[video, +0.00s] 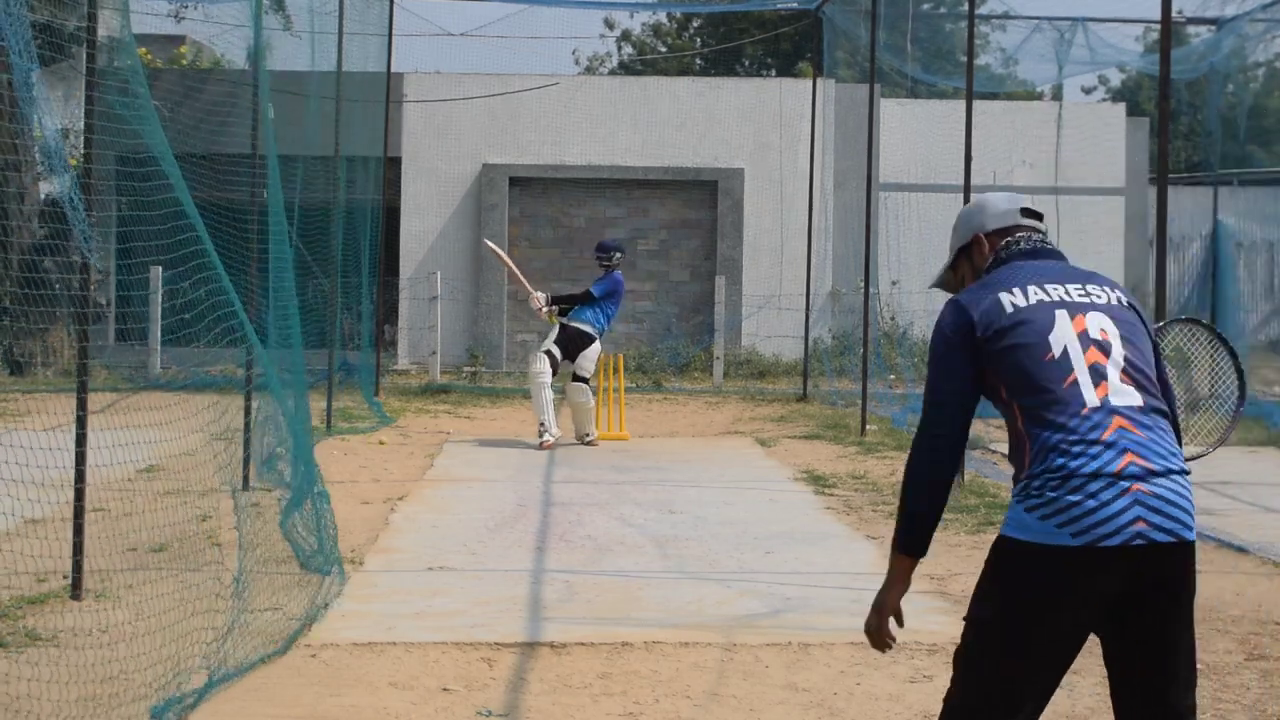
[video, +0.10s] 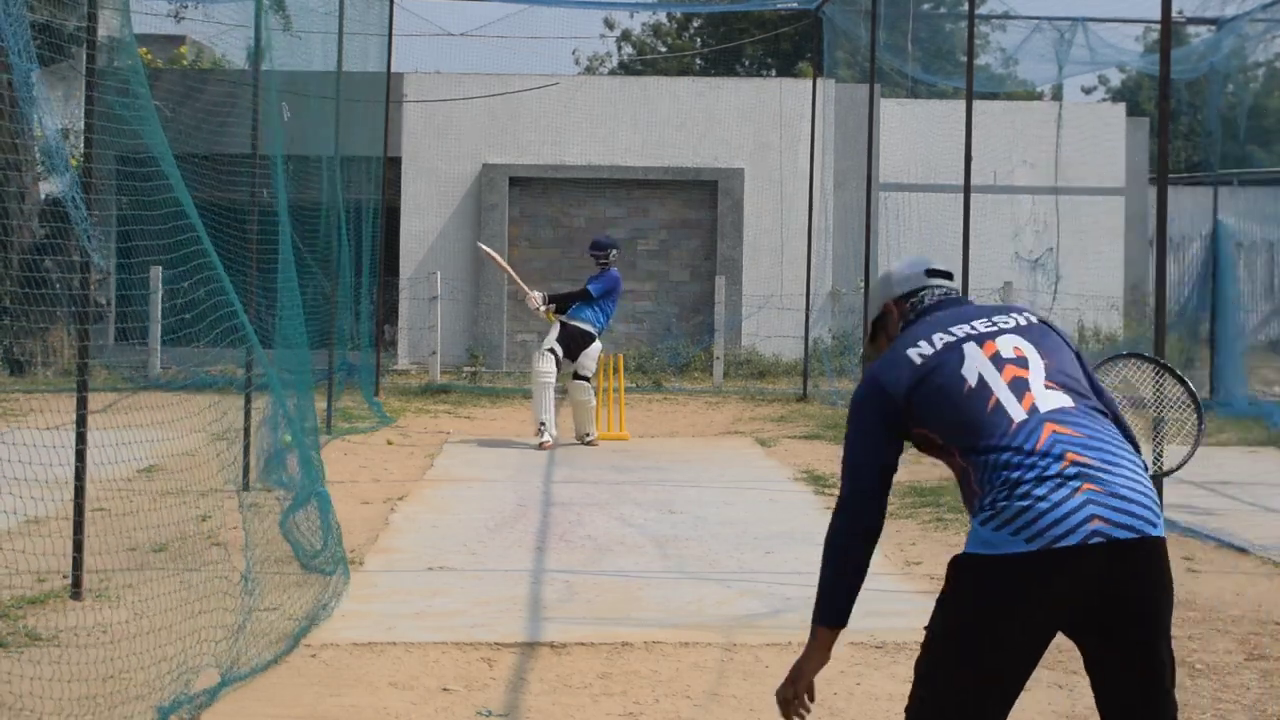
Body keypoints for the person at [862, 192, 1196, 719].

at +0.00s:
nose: (961, 288)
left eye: (960, 275)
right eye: (958, 278)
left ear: (980, 250)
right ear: (1037, 241)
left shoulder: (973, 306)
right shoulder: (1117, 294)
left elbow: (938, 451)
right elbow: (1166, 418)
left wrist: (897, 575)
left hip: (1059, 535)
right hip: (1166, 534)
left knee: (982, 706)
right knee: (1163, 708)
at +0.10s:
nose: (880, 365)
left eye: (877, 352)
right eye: (875, 356)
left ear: (892, 315)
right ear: (955, 302)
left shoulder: (892, 368)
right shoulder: (1038, 325)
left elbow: (857, 518)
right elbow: (1117, 425)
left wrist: (817, 648)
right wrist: (1132, 512)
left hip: (1018, 549)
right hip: (1134, 541)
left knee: (944, 709)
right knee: (1147, 709)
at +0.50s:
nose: (767, 522)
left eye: (760, 507)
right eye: (759, 510)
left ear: (770, 481)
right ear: (803, 442)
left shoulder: (791, 512)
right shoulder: (894, 408)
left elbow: (769, 664)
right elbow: (1031, 448)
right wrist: (902, 564)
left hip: (962, 561)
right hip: (1075, 529)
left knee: (896, 709)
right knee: (1129, 705)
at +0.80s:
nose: (825, 373)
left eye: (823, 358)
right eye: (824, 361)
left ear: (833, 345)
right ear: (896, 312)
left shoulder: (834, 402)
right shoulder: (986, 328)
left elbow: (840, 540)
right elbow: (1088, 434)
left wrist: (908, 598)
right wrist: (1097, 508)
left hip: (985, 569)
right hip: (1107, 545)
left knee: (926, 709)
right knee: (1128, 707)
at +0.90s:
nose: (899, 302)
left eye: (899, 290)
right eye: (898, 291)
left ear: (908, 285)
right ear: (979, 266)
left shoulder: (896, 359)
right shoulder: (1063, 310)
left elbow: (908, 506)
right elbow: (1134, 440)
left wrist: (985, 509)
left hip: (1015, 573)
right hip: (1137, 562)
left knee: (956, 711)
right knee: (1140, 710)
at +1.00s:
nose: (953, 271)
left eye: (952, 259)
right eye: (952, 259)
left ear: (964, 257)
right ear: (1035, 243)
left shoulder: (943, 337)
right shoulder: (1117, 306)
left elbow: (953, 491)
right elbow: (1173, 446)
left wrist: (1041, 500)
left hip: (1044, 579)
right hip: (1166, 570)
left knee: (979, 710)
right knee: (1161, 711)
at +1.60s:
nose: (1142, 196)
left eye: (1144, 184)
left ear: (1155, 193)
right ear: (1244, 189)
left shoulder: (1120, 281)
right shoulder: (1278, 274)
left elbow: (1080, 441)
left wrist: (1151, 497)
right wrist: (1155, 492)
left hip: (1202, 585)